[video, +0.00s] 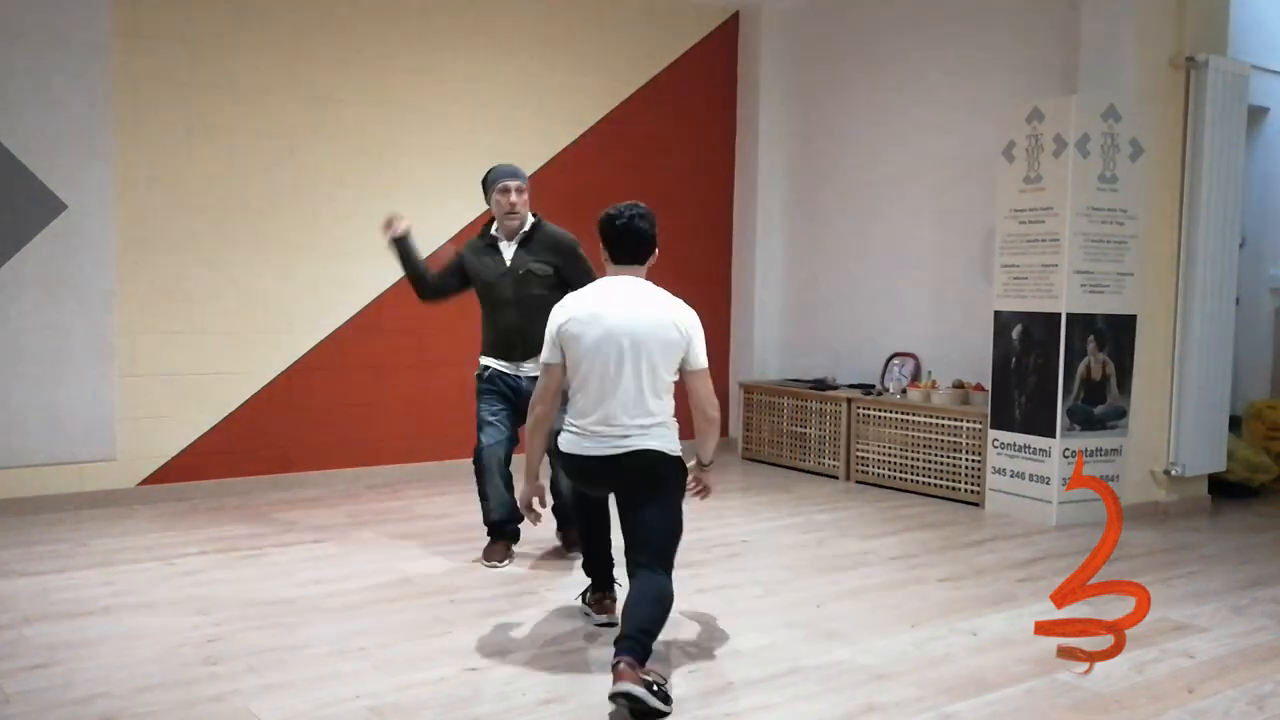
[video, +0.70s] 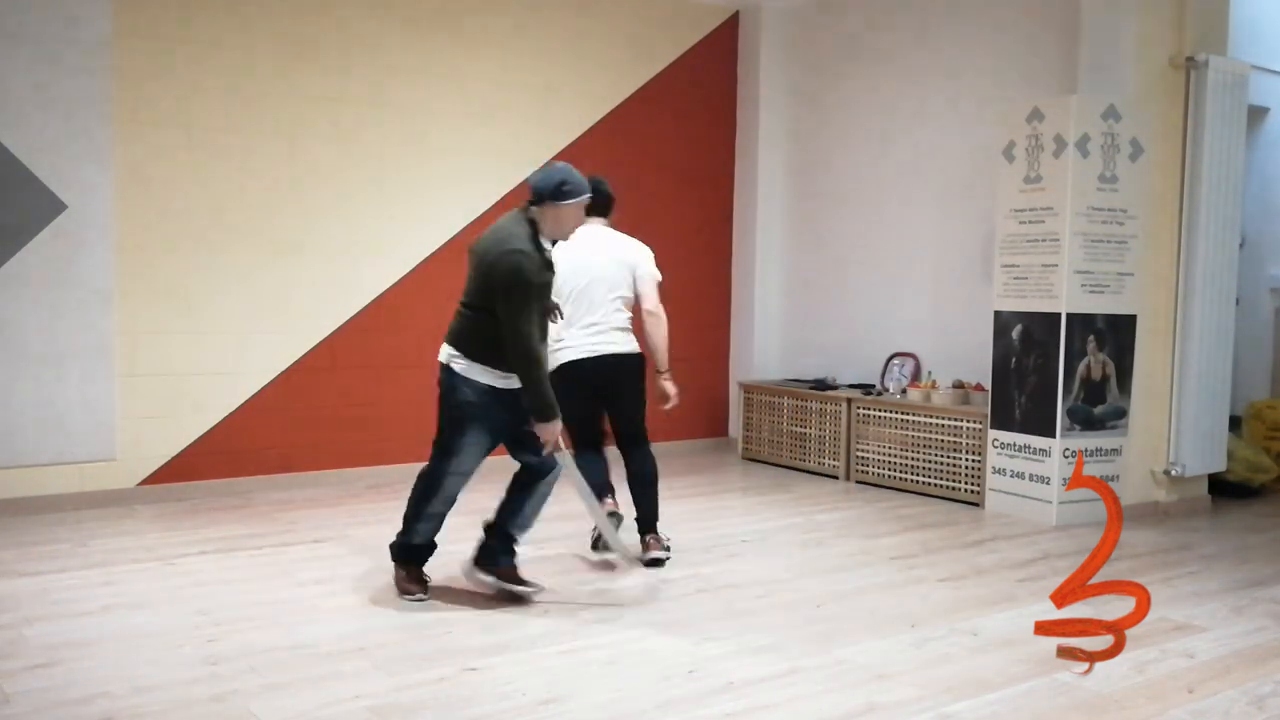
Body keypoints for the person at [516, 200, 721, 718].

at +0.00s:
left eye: (604, 245)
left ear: (601, 251)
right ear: (653, 252)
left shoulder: (568, 309)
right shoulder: (680, 314)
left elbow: (543, 405)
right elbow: (706, 411)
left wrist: (531, 478)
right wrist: (703, 463)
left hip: (581, 458)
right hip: (652, 461)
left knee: (582, 484)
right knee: (650, 568)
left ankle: (603, 592)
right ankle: (630, 667)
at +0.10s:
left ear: (602, 243)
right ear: (652, 251)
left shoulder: (566, 294)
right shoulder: (671, 303)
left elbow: (546, 389)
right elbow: (690, 394)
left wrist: (535, 459)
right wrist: (678, 450)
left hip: (578, 436)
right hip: (643, 437)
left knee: (595, 511)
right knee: (651, 541)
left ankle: (603, 594)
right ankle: (632, 634)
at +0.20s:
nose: (660, 251)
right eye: (661, 243)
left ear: (613, 234)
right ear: (657, 244)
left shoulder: (573, 273)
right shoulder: (657, 280)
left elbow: (556, 361)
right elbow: (667, 369)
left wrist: (551, 437)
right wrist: (655, 419)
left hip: (569, 402)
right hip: (629, 401)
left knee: (605, 488)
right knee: (663, 504)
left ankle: (600, 591)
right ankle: (636, 585)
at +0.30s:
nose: (667, 246)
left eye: (669, 239)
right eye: (669, 238)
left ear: (627, 224)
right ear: (661, 234)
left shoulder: (585, 255)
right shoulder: (638, 250)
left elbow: (569, 342)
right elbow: (644, 334)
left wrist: (572, 428)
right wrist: (638, 387)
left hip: (563, 377)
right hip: (616, 375)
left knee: (610, 478)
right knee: (663, 469)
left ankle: (593, 590)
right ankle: (655, 571)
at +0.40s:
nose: (661, 247)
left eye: (663, 238)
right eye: (663, 236)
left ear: (627, 218)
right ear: (651, 227)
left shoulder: (586, 245)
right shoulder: (617, 231)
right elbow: (639, 304)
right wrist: (640, 348)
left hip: (565, 368)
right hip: (614, 367)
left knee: (604, 472)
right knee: (653, 457)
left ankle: (585, 587)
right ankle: (665, 555)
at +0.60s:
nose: (639, 223)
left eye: (636, 218)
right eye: (638, 218)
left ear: (597, 218)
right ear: (634, 219)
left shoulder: (570, 258)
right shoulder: (632, 247)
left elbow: (562, 318)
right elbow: (628, 299)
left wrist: (566, 388)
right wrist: (661, 352)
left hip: (577, 371)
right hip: (625, 367)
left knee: (604, 456)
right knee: (646, 447)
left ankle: (593, 524)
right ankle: (653, 540)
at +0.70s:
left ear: (572, 208)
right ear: (610, 210)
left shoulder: (552, 249)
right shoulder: (634, 248)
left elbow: (535, 315)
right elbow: (651, 310)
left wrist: (537, 374)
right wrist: (663, 371)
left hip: (568, 367)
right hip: (623, 361)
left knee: (587, 444)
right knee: (634, 442)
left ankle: (606, 504)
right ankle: (651, 537)